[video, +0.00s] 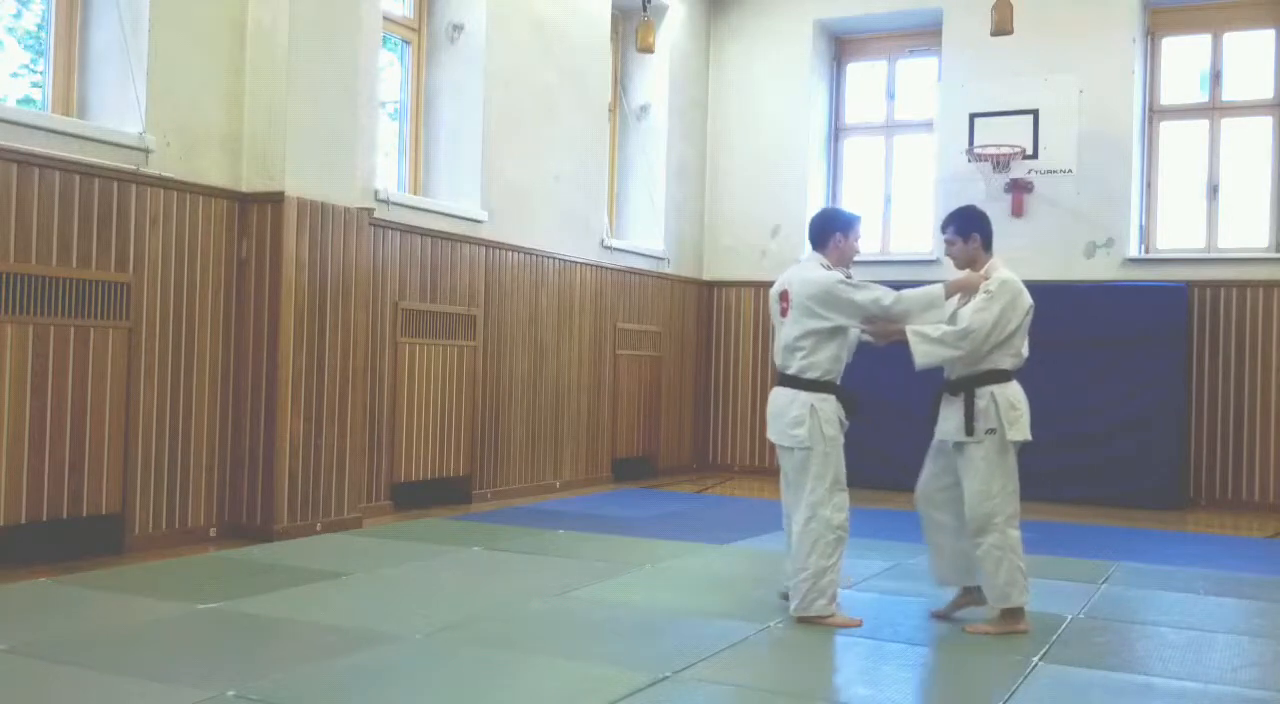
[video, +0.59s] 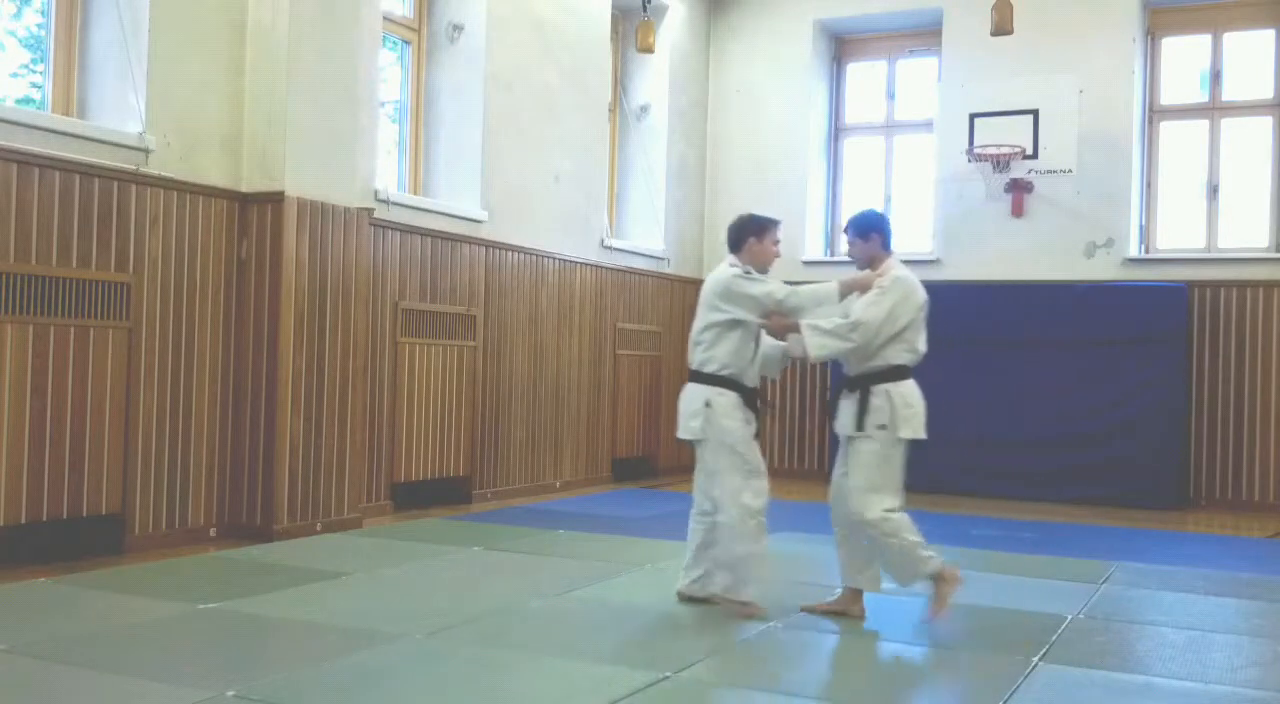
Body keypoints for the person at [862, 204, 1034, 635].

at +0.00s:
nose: (947, 254)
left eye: (951, 244)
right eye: (946, 246)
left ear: (976, 240)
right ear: (972, 243)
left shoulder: (1005, 285)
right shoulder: (970, 287)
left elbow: (968, 335)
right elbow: (949, 328)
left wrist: (903, 334)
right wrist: (896, 328)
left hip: (990, 406)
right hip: (957, 406)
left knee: (991, 510)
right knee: (933, 495)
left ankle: (1012, 611)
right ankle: (969, 588)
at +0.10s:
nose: (935, 252)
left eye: (940, 243)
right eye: (934, 244)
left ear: (965, 241)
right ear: (960, 243)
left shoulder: (993, 286)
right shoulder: (957, 287)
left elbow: (955, 336)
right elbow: (937, 328)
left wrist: (891, 334)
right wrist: (882, 329)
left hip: (980, 407)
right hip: (946, 407)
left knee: (983, 512)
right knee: (918, 495)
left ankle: (1010, 611)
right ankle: (930, 592)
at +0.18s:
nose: (923, 256)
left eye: (927, 247)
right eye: (922, 248)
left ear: (950, 242)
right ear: (945, 244)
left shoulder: (979, 288)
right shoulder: (945, 288)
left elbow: (940, 338)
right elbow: (926, 330)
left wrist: (878, 335)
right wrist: (873, 329)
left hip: (967, 408)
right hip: (933, 408)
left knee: (976, 513)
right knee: (906, 498)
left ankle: (1010, 612)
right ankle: (889, 594)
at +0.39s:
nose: (884, 256)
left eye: (888, 247)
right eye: (883, 248)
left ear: (911, 245)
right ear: (908, 246)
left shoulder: (940, 287)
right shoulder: (904, 289)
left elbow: (901, 338)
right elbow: (877, 328)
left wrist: (839, 340)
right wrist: (826, 334)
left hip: (930, 407)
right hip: (896, 407)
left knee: (948, 511)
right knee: (877, 503)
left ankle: (1003, 601)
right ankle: (853, 600)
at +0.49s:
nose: (865, 253)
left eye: (870, 245)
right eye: (864, 246)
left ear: (892, 242)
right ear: (886, 244)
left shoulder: (919, 286)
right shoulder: (882, 288)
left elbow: (876, 335)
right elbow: (857, 328)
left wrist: (812, 338)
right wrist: (809, 331)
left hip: (908, 404)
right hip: (874, 404)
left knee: (910, 508)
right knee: (858, 499)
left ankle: (981, 584)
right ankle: (853, 595)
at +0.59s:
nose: (849, 251)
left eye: (853, 243)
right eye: (847, 244)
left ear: (875, 240)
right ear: (868, 241)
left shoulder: (899, 284)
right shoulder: (867, 284)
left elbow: (859, 331)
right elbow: (838, 331)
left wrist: (796, 330)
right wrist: (790, 335)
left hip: (888, 400)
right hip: (859, 400)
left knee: (868, 504)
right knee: (844, 500)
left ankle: (938, 573)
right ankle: (852, 595)